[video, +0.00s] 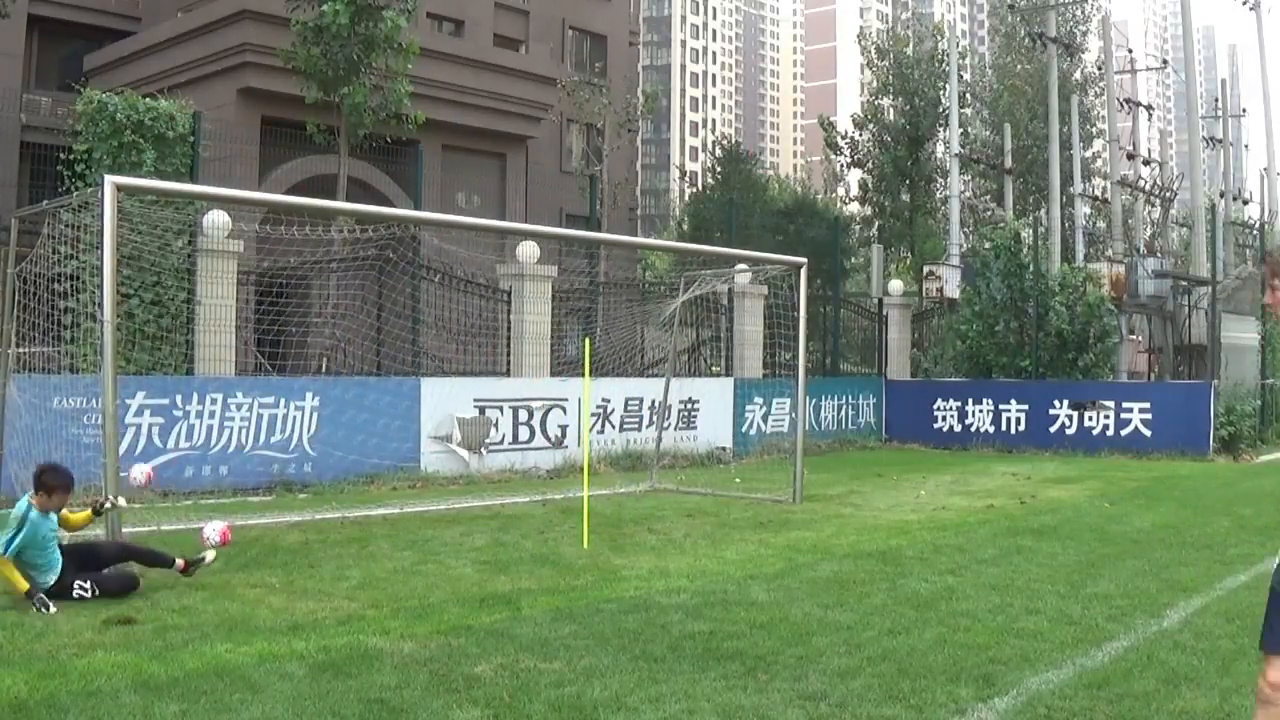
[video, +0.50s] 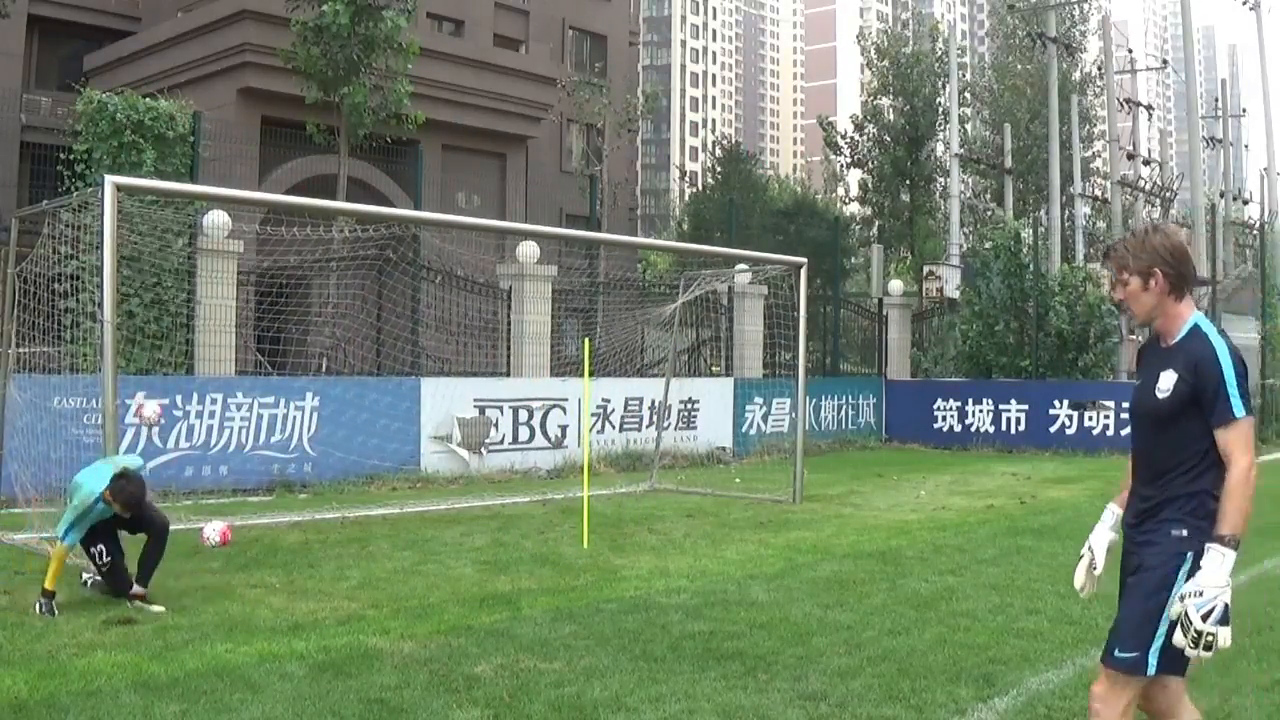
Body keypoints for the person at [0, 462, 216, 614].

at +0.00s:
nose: (65, 503)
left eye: (66, 498)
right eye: (63, 499)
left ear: (47, 493)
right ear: (44, 495)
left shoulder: (43, 504)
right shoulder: (21, 520)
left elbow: (70, 522)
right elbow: (3, 560)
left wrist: (94, 511)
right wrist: (31, 593)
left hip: (60, 556)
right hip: (54, 583)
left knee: (123, 548)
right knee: (130, 581)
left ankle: (183, 565)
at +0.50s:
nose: (129, 515)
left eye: (132, 510)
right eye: (124, 510)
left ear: (138, 493)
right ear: (108, 497)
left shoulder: (135, 464)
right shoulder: (87, 503)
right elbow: (62, 549)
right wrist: (47, 595)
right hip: (92, 519)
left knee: (160, 525)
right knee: (122, 588)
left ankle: (138, 593)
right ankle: (90, 581)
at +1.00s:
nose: (165, 457)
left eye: (170, 455)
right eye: (162, 453)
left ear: (185, 441)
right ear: (154, 435)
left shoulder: (190, 429)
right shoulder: (128, 432)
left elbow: (190, 447)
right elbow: (90, 458)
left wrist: (187, 470)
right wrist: (69, 487)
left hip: (153, 460)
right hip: (116, 457)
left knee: (162, 525)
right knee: (96, 512)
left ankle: (141, 591)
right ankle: (97, 559)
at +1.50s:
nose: (187, 427)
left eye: (193, 425)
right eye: (185, 421)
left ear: (204, 413)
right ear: (176, 399)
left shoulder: (200, 411)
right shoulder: (141, 398)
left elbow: (193, 441)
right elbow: (86, 414)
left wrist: (182, 475)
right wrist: (66, 458)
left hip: (166, 460)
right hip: (125, 453)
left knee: (175, 529)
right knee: (107, 523)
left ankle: (167, 609)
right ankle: (117, 584)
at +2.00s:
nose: (190, 429)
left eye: (195, 427)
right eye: (190, 423)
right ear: (181, 403)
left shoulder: (191, 398)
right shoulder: (144, 405)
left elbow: (184, 431)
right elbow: (98, 444)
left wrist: (182, 457)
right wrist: (114, 491)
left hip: (161, 462)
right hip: (126, 464)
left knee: (170, 532)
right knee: (135, 538)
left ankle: (165, 609)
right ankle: (144, 600)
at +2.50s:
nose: (122, 343)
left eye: (128, 336)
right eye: (117, 334)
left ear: (134, 334)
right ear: (101, 325)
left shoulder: (142, 366)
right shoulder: (70, 360)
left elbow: (145, 412)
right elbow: (33, 399)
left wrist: (157, 459)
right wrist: (33, 454)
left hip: (116, 468)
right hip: (69, 465)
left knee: (139, 545)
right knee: (52, 545)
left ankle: (160, 606)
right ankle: (50, 627)